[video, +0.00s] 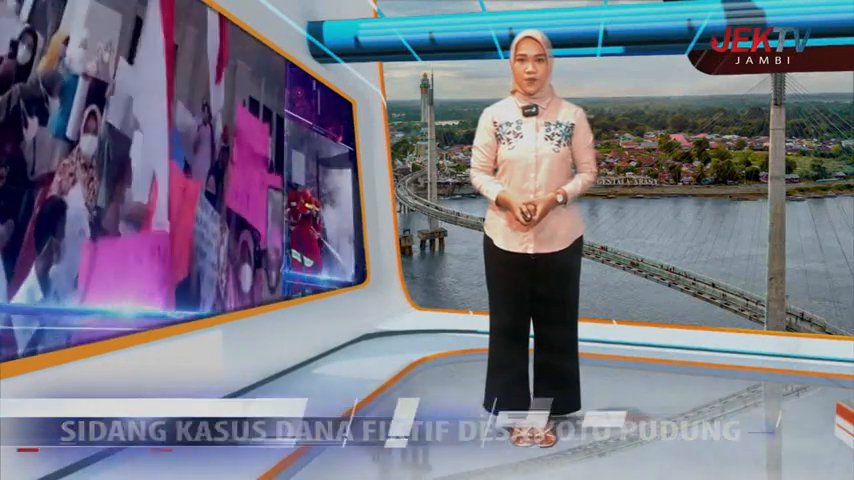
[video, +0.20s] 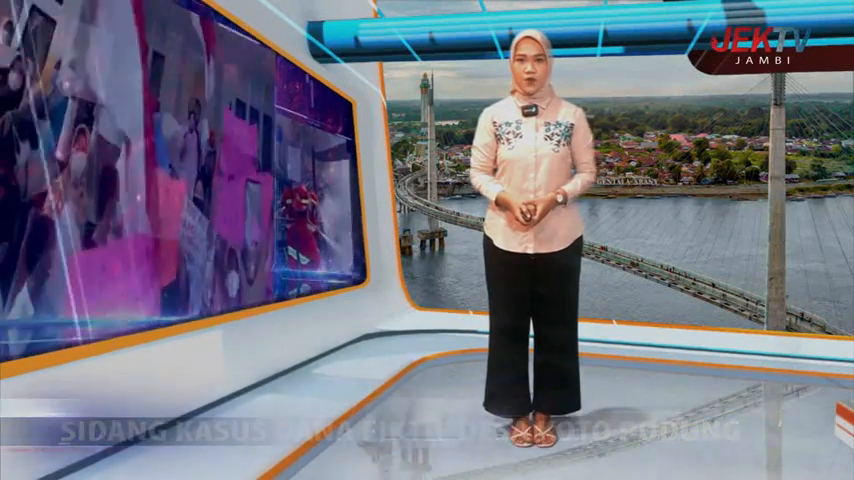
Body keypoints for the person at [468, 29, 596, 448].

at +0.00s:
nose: (530, 67)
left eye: (538, 59)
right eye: (522, 59)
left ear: (550, 65)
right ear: (511, 65)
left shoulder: (572, 115)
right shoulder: (493, 116)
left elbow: (588, 172)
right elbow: (479, 173)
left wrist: (556, 197)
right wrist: (507, 199)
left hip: (558, 242)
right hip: (505, 243)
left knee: (556, 330)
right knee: (509, 330)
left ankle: (551, 418)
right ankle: (516, 418)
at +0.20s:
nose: (529, 67)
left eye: (538, 59)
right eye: (521, 59)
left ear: (550, 65)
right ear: (510, 65)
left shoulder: (572, 115)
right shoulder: (493, 116)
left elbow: (588, 173)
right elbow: (478, 173)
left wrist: (556, 198)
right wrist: (506, 199)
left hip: (558, 242)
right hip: (505, 242)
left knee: (554, 329)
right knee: (509, 328)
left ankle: (545, 413)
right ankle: (519, 414)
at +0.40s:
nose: (529, 67)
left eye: (538, 59)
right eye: (521, 59)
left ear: (550, 65)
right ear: (511, 65)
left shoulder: (571, 115)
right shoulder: (492, 116)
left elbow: (588, 172)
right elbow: (478, 173)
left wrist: (555, 198)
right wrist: (506, 199)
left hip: (558, 241)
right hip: (505, 242)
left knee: (554, 329)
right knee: (509, 328)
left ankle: (544, 413)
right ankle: (519, 414)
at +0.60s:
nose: (529, 67)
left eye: (538, 59)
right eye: (521, 59)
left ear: (550, 65)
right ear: (510, 65)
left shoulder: (571, 115)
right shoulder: (492, 116)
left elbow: (587, 173)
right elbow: (478, 173)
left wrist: (555, 198)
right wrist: (506, 199)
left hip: (558, 242)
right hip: (505, 243)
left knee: (554, 329)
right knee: (509, 328)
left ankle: (544, 414)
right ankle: (519, 414)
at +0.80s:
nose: (531, 66)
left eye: (539, 58)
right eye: (522, 58)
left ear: (550, 64)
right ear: (511, 64)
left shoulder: (572, 115)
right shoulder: (493, 116)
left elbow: (587, 172)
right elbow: (478, 172)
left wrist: (556, 197)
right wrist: (504, 198)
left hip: (558, 241)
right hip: (505, 242)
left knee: (554, 329)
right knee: (509, 329)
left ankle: (544, 413)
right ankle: (519, 414)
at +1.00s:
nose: (530, 66)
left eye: (539, 58)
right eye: (522, 59)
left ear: (550, 64)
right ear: (511, 64)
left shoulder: (572, 115)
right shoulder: (493, 116)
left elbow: (587, 173)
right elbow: (478, 172)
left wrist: (556, 197)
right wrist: (505, 198)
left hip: (558, 242)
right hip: (506, 243)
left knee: (554, 330)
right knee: (509, 329)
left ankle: (544, 414)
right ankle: (519, 414)